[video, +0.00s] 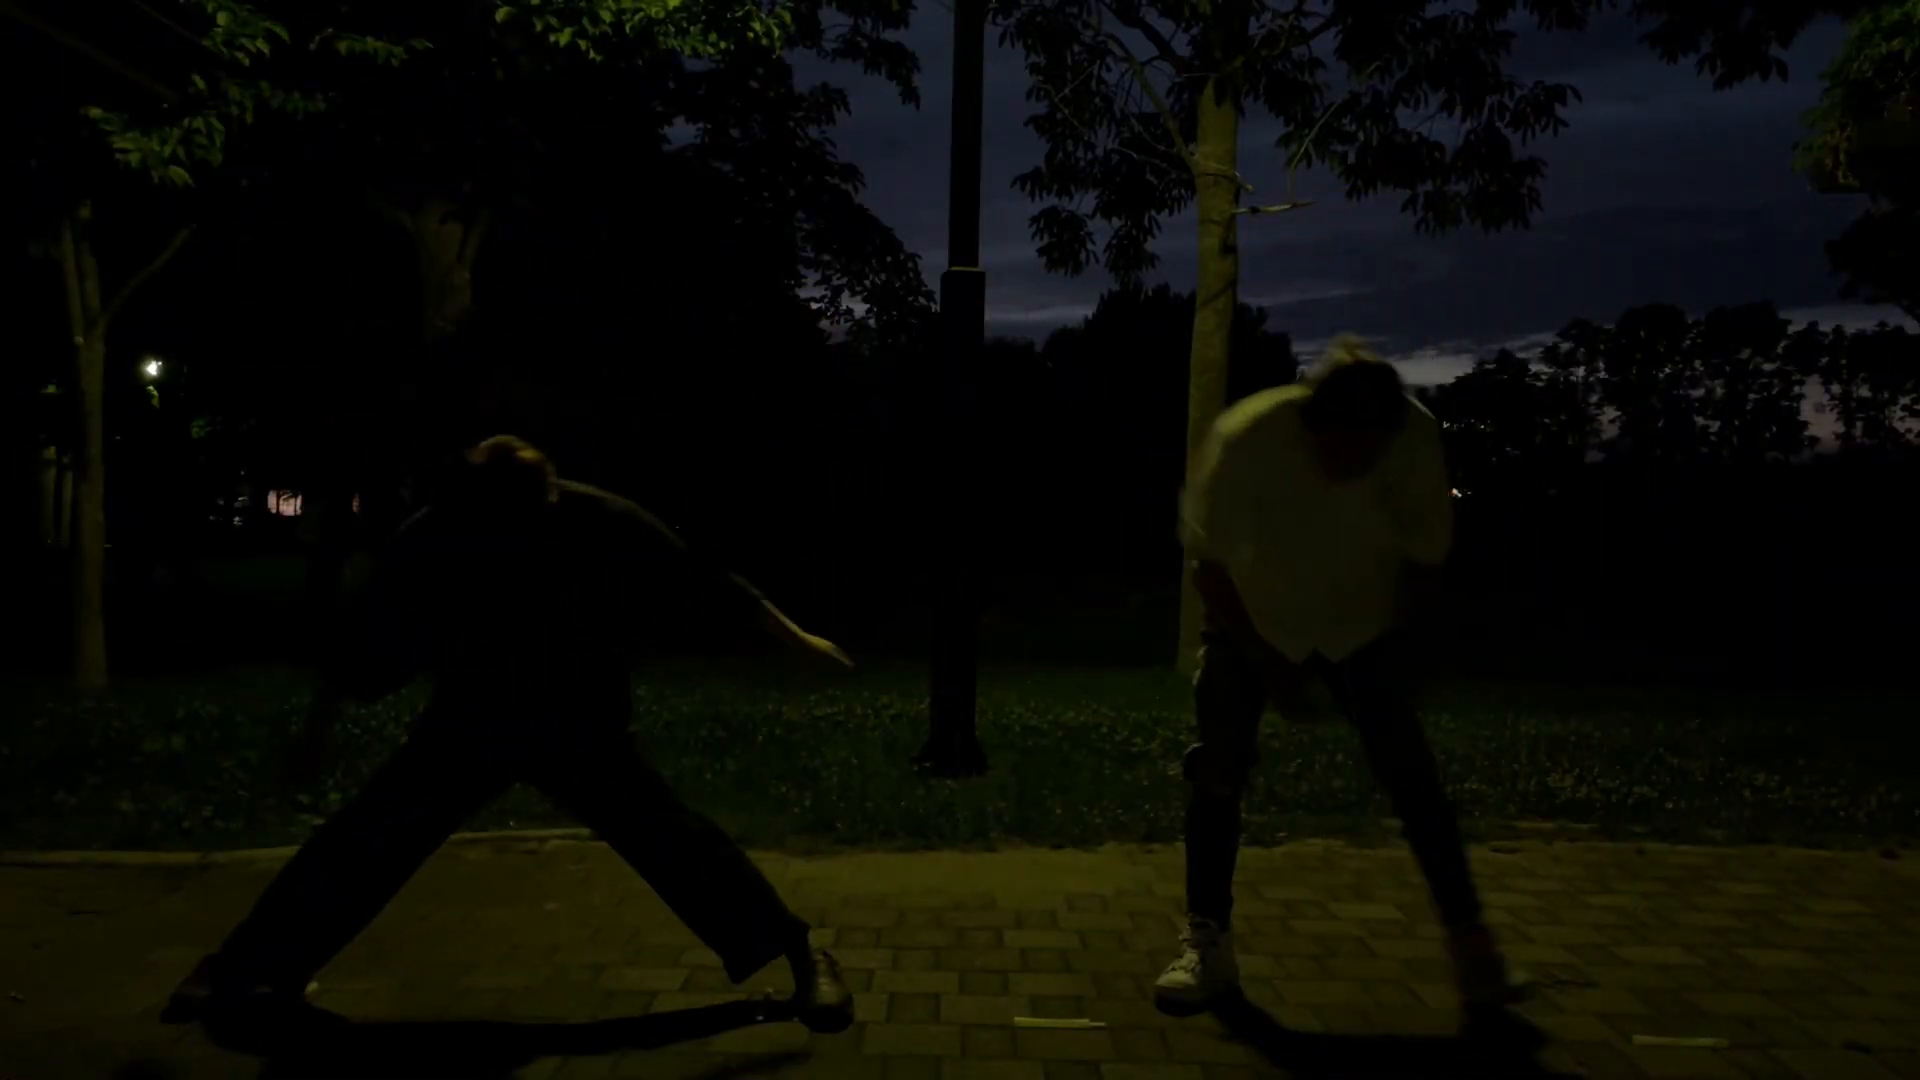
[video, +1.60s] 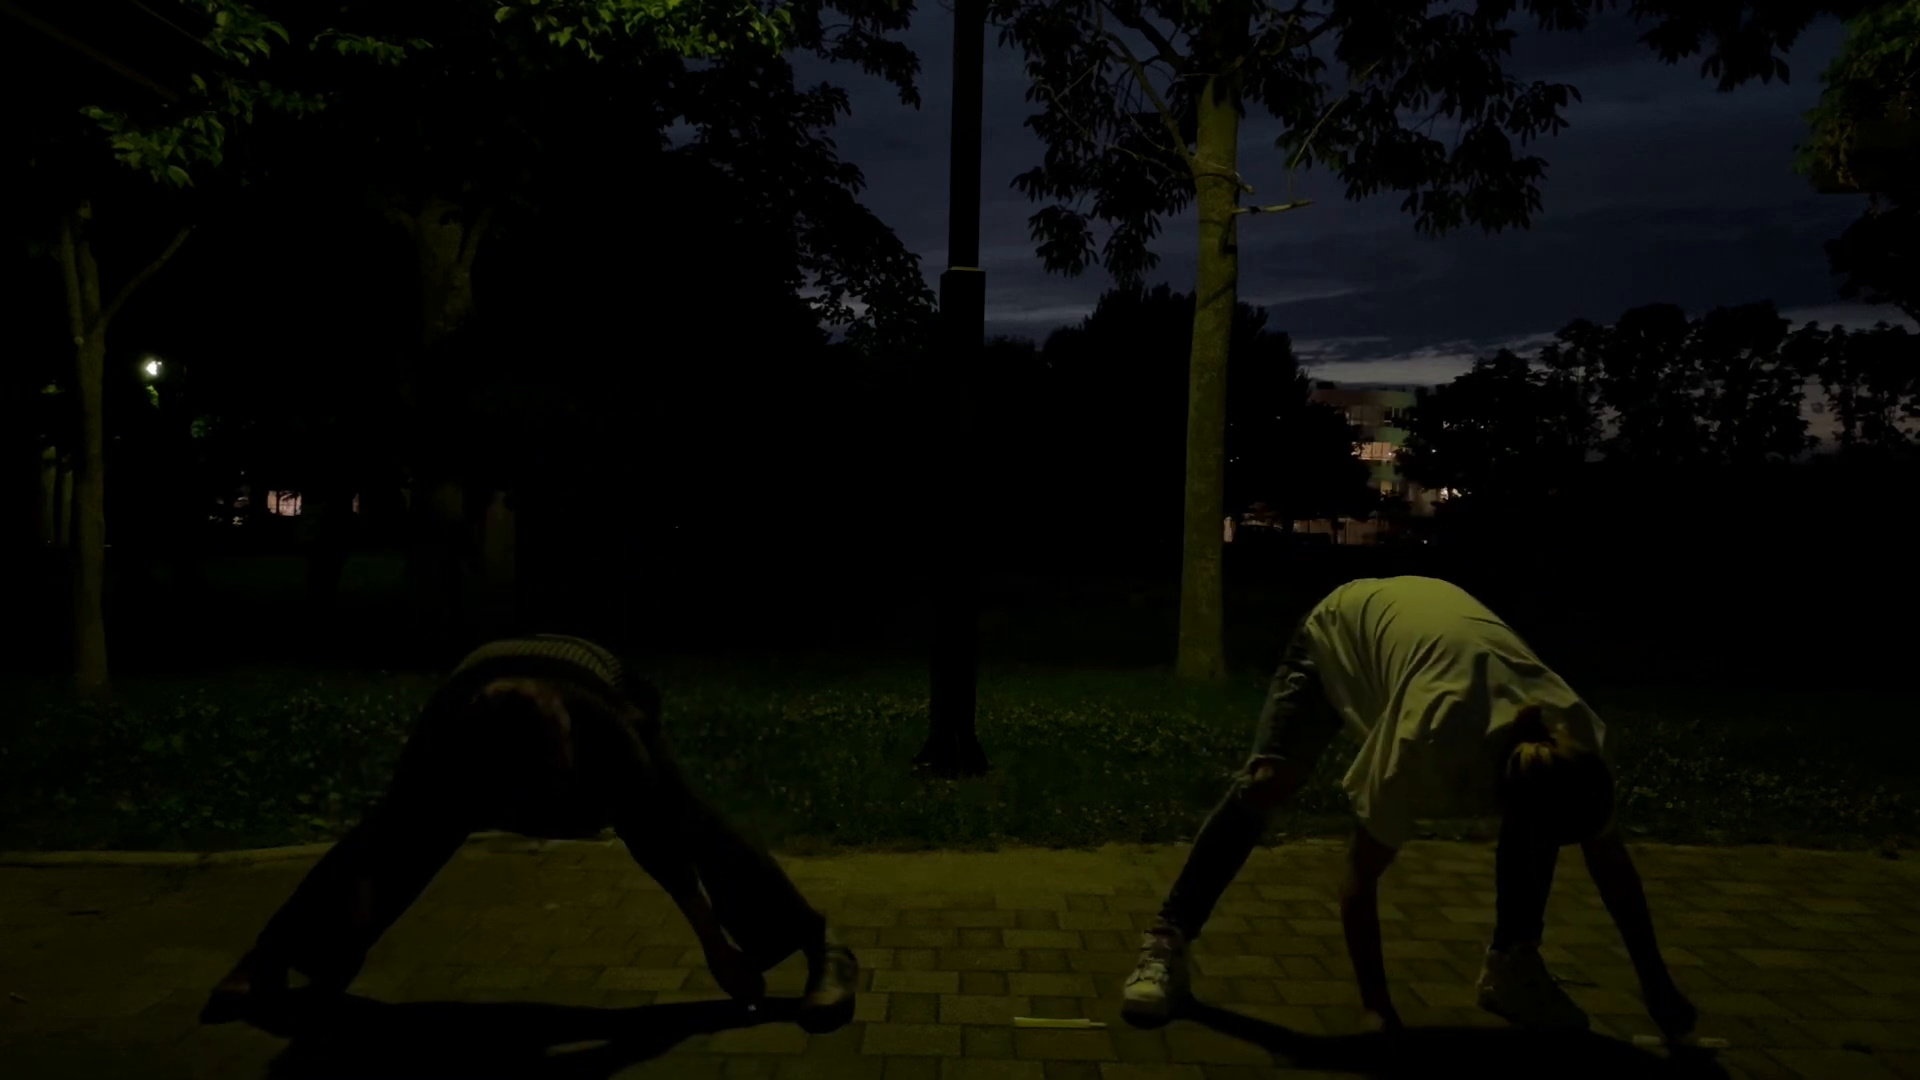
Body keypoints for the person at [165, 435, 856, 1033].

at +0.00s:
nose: (514, 521)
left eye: (525, 504)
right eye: (497, 507)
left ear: (550, 496)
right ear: (469, 504)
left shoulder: (598, 531)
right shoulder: (440, 549)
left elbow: (706, 589)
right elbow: (375, 648)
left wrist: (797, 641)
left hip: (582, 733)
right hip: (466, 733)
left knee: (670, 838)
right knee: (361, 846)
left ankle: (798, 955)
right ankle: (245, 975)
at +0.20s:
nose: (535, 513)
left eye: (545, 498)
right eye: (516, 501)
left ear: (573, 494)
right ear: (491, 501)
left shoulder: (622, 532)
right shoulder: (467, 540)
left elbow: (710, 624)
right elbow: (399, 637)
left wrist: (788, 706)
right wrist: (355, 731)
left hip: (608, 717)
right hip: (495, 716)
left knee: (691, 828)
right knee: (394, 829)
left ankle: (806, 952)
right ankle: (273, 964)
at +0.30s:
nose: (534, 524)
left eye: (544, 510)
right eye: (514, 514)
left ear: (570, 509)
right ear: (487, 517)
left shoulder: (616, 553)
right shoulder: (457, 563)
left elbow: (695, 662)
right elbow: (393, 669)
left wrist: (762, 753)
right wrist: (351, 759)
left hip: (603, 721)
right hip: (489, 723)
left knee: (683, 830)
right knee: (386, 832)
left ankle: (803, 953)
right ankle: (273, 969)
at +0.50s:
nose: (520, 585)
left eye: (529, 566)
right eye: (502, 570)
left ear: (551, 556)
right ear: (478, 568)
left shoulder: (601, 590)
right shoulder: (452, 601)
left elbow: (656, 695)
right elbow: (400, 701)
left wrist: (692, 793)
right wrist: (371, 783)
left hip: (607, 736)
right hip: (488, 739)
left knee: (700, 841)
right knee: (384, 845)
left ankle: (807, 957)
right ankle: (276, 963)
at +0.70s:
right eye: (501, 686)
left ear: (560, 685)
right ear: (473, 684)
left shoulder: (591, 653)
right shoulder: (443, 672)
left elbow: (661, 784)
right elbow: (379, 825)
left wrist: (709, 892)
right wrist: (277, 951)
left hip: (602, 738)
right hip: (478, 746)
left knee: (703, 836)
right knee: (387, 853)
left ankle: (804, 950)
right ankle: (283, 966)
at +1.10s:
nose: (494, 748)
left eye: (503, 741)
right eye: (483, 744)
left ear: (540, 740)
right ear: (459, 743)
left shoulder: (605, 750)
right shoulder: (437, 752)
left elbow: (674, 847)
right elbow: (365, 859)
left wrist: (730, 947)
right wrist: (291, 965)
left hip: (598, 676)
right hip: (483, 675)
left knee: (701, 826)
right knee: (394, 849)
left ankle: (801, 954)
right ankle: (311, 972)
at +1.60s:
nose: (535, 776)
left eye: (544, 758)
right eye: (516, 760)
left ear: (567, 740)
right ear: (479, 741)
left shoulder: (609, 749)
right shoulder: (448, 746)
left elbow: (668, 851)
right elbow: (370, 857)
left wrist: (721, 951)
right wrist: (281, 967)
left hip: (602, 685)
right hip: (481, 686)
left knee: (702, 832)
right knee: (393, 856)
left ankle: (815, 952)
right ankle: (291, 976)